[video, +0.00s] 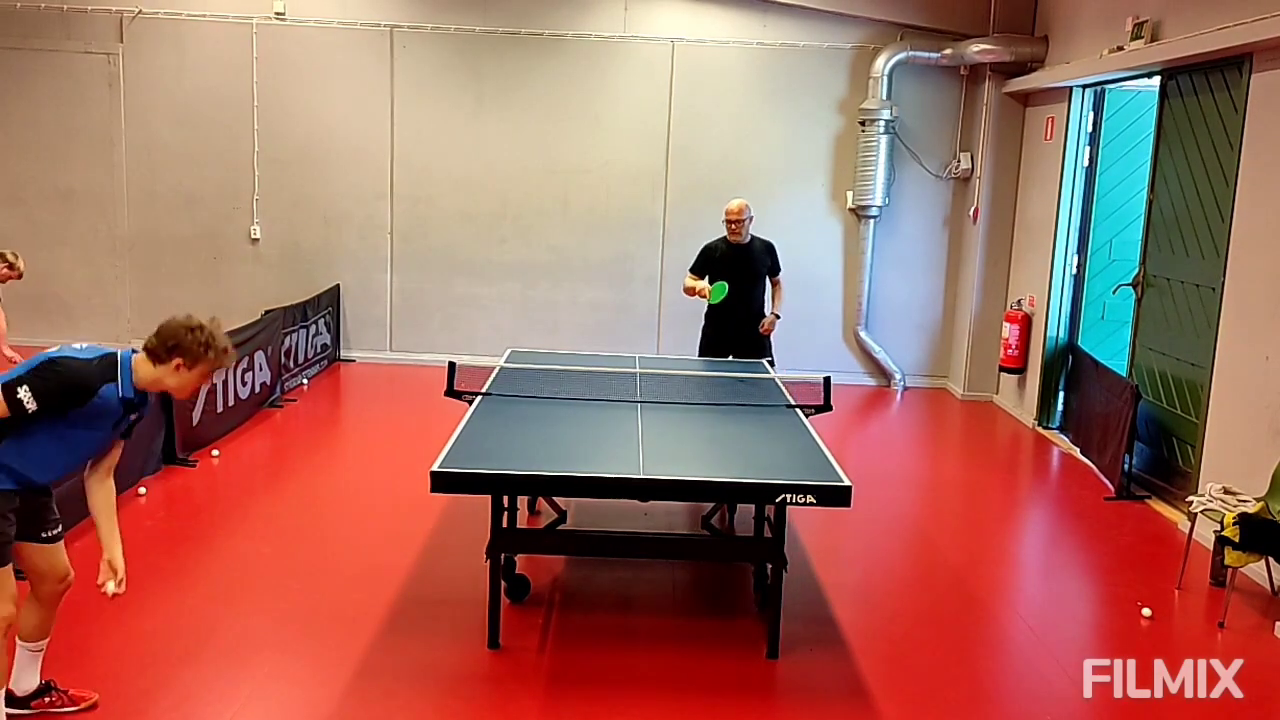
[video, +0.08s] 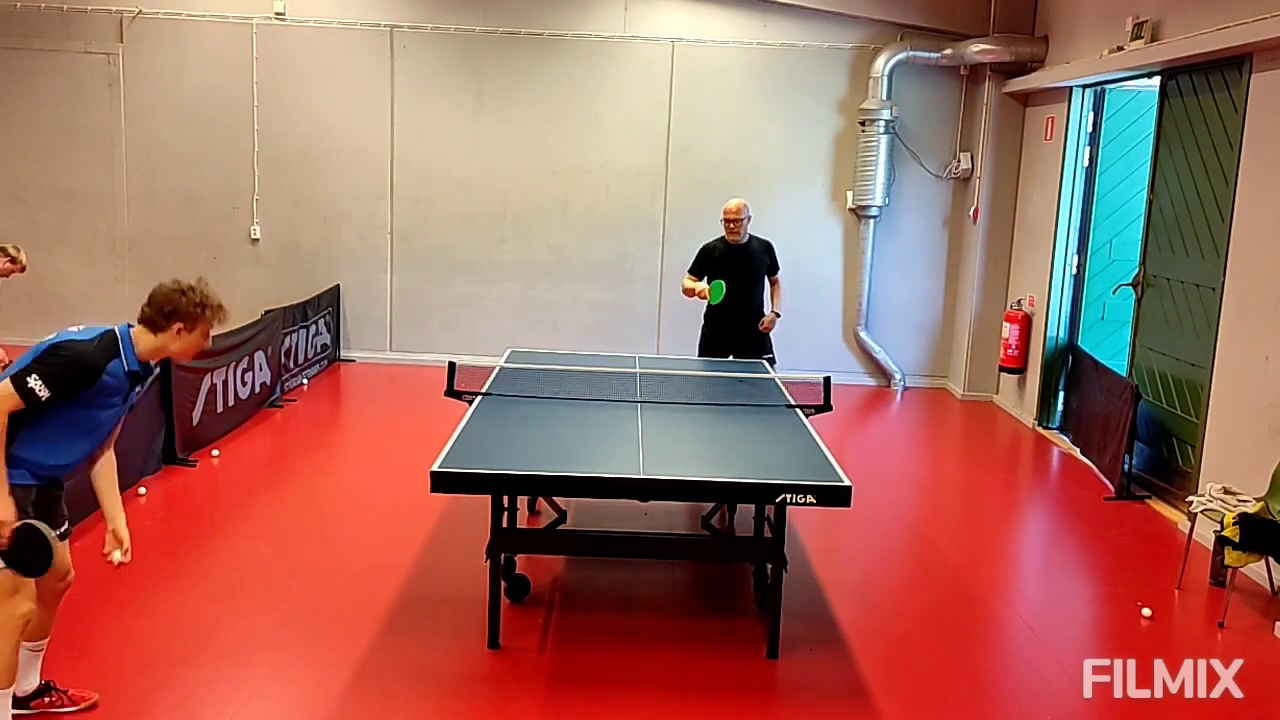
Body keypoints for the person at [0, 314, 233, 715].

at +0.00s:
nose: (205, 385)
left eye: (209, 376)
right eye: (205, 374)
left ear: (176, 362)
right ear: (179, 364)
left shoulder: (135, 398)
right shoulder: (78, 373)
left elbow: (100, 474)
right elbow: (1, 405)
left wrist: (111, 549)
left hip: (32, 483)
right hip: (2, 482)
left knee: (53, 580)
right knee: (4, 614)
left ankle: (24, 689)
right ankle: (8, 699)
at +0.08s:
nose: (207, 345)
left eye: (209, 336)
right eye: (205, 334)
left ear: (174, 329)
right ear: (178, 329)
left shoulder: (140, 367)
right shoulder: (86, 356)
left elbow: (101, 446)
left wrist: (115, 520)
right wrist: (3, 497)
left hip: (45, 482)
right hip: (9, 484)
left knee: (56, 579)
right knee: (17, 609)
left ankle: (26, 690)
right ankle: (3, 709)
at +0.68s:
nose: (215, 248)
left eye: (213, 239)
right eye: (209, 239)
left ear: (177, 244)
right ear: (183, 244)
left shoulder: (172, 300)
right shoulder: (126, 317)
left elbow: (192, 367)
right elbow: (95, 409)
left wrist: (263, 398)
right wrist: (155, 466)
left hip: (156, 462)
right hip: (121, 472)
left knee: (186, 546)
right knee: (155, 582)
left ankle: (101, 638)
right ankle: (142, 705)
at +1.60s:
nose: (281, 243)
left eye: (280, 234)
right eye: (278, 235)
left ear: (232, 241)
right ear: (258, 241)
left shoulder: (194, 290)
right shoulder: (247, 303)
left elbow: (165, 343)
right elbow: (311, 354)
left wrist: (234, 365)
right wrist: (344, 310)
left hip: (177, 454)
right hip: (198, 460)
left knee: (211, 563)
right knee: (213, 589)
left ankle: (207, 650)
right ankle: (171, 711)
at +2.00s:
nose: (306, 314)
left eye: (306, 305)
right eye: (304, 306)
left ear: (257, 302)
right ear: (285, 312)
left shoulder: (226, 331)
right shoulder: (234, 376)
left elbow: (237, 389)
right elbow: (233, 469)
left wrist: (292, 404)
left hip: (130, 464)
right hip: (143, 483)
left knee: (152, 563)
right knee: (210, 598)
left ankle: (107, 653)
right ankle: (201, 716)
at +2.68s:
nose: (339, 295)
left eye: (338, 287)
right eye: (336, 288)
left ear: (281, 291)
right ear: (309, 296)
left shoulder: (235, 319)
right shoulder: (291, 357)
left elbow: (187, 366)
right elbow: (382, 337)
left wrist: (230, 402)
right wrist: (389, 252)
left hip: (198, 477)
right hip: (217, 504)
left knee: (240, 558)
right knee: (281, 617)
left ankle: (199, 640)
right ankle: (209, 714)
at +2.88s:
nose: (323, 262)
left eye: (323, 253)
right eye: (322, 253)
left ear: (265, 254)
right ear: (308, 259)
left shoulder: (214, 319)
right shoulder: (312, 326)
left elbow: (172, 395)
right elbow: (401, 326)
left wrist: (207, 434)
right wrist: (406, 253)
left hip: (227, 493)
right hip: (280, 499)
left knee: (247, 569)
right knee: (331, 621)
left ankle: (205, 679)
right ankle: (318, 719)